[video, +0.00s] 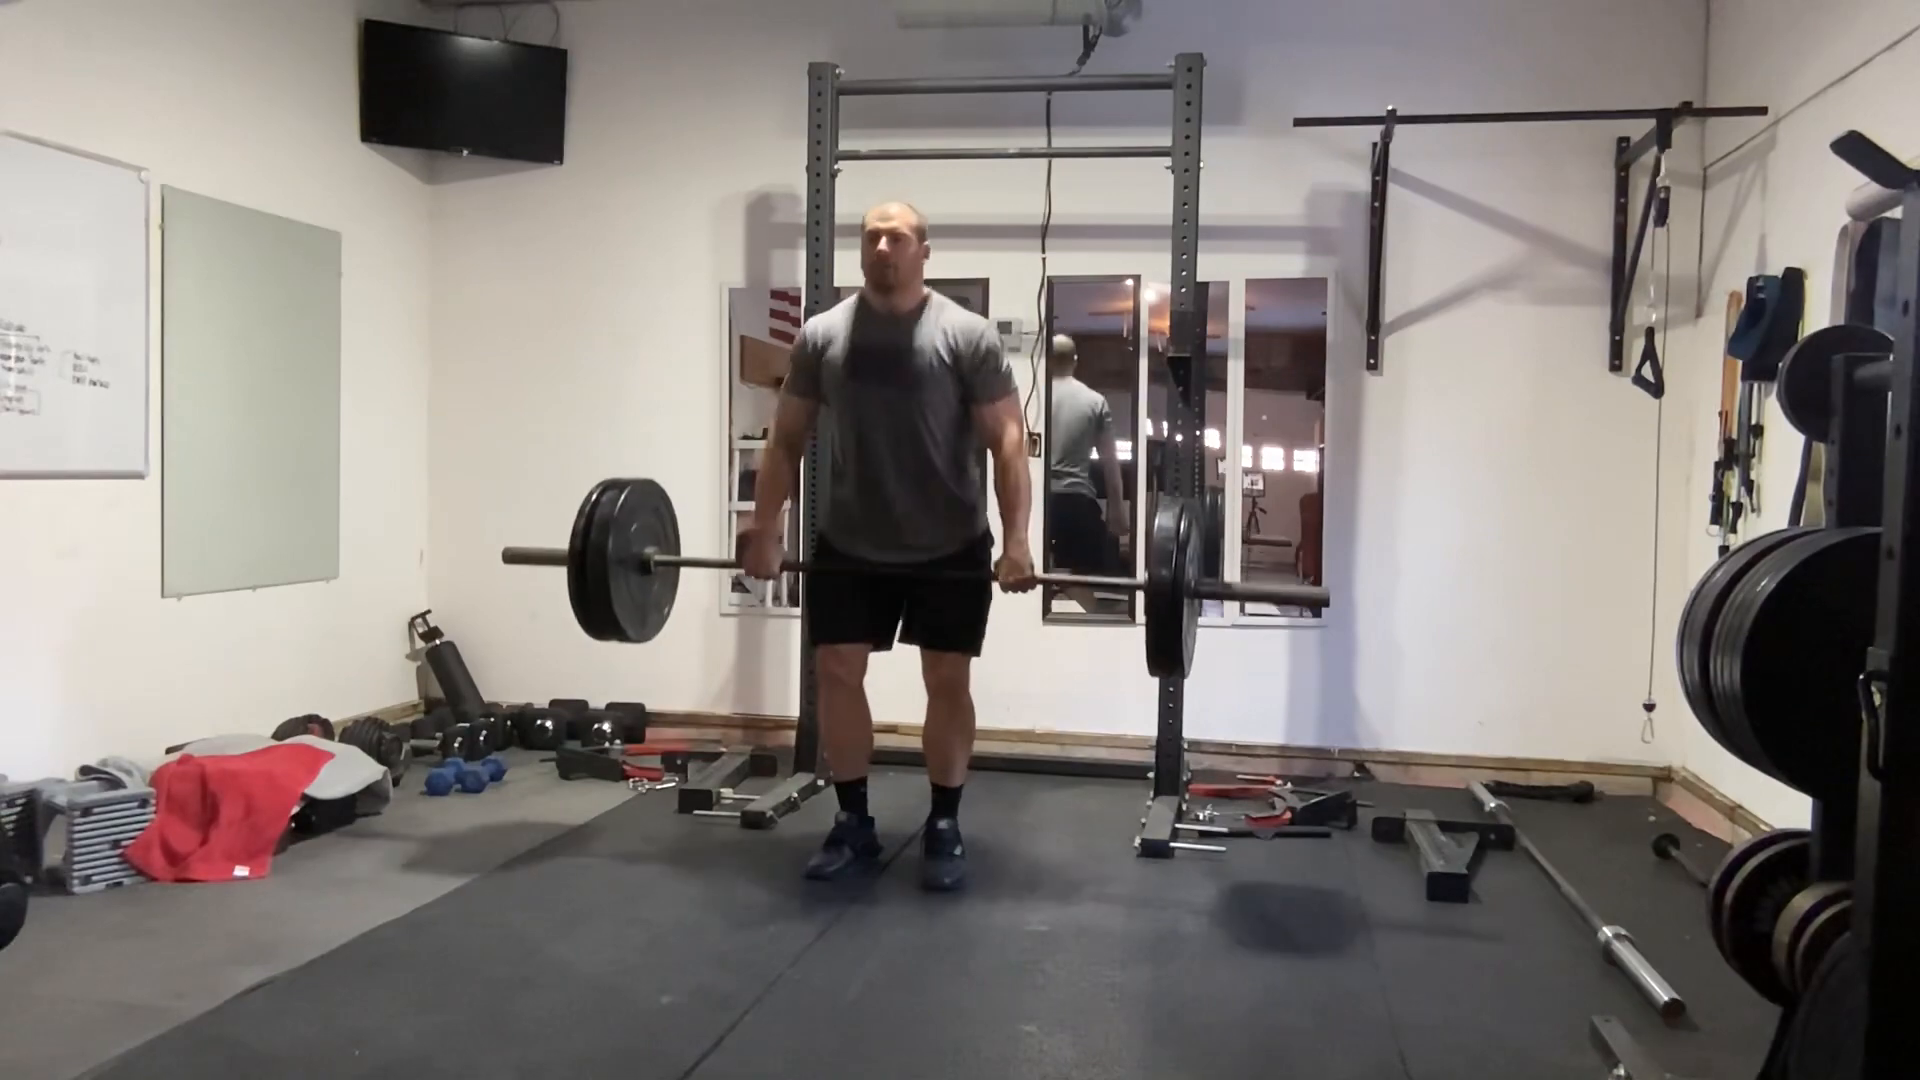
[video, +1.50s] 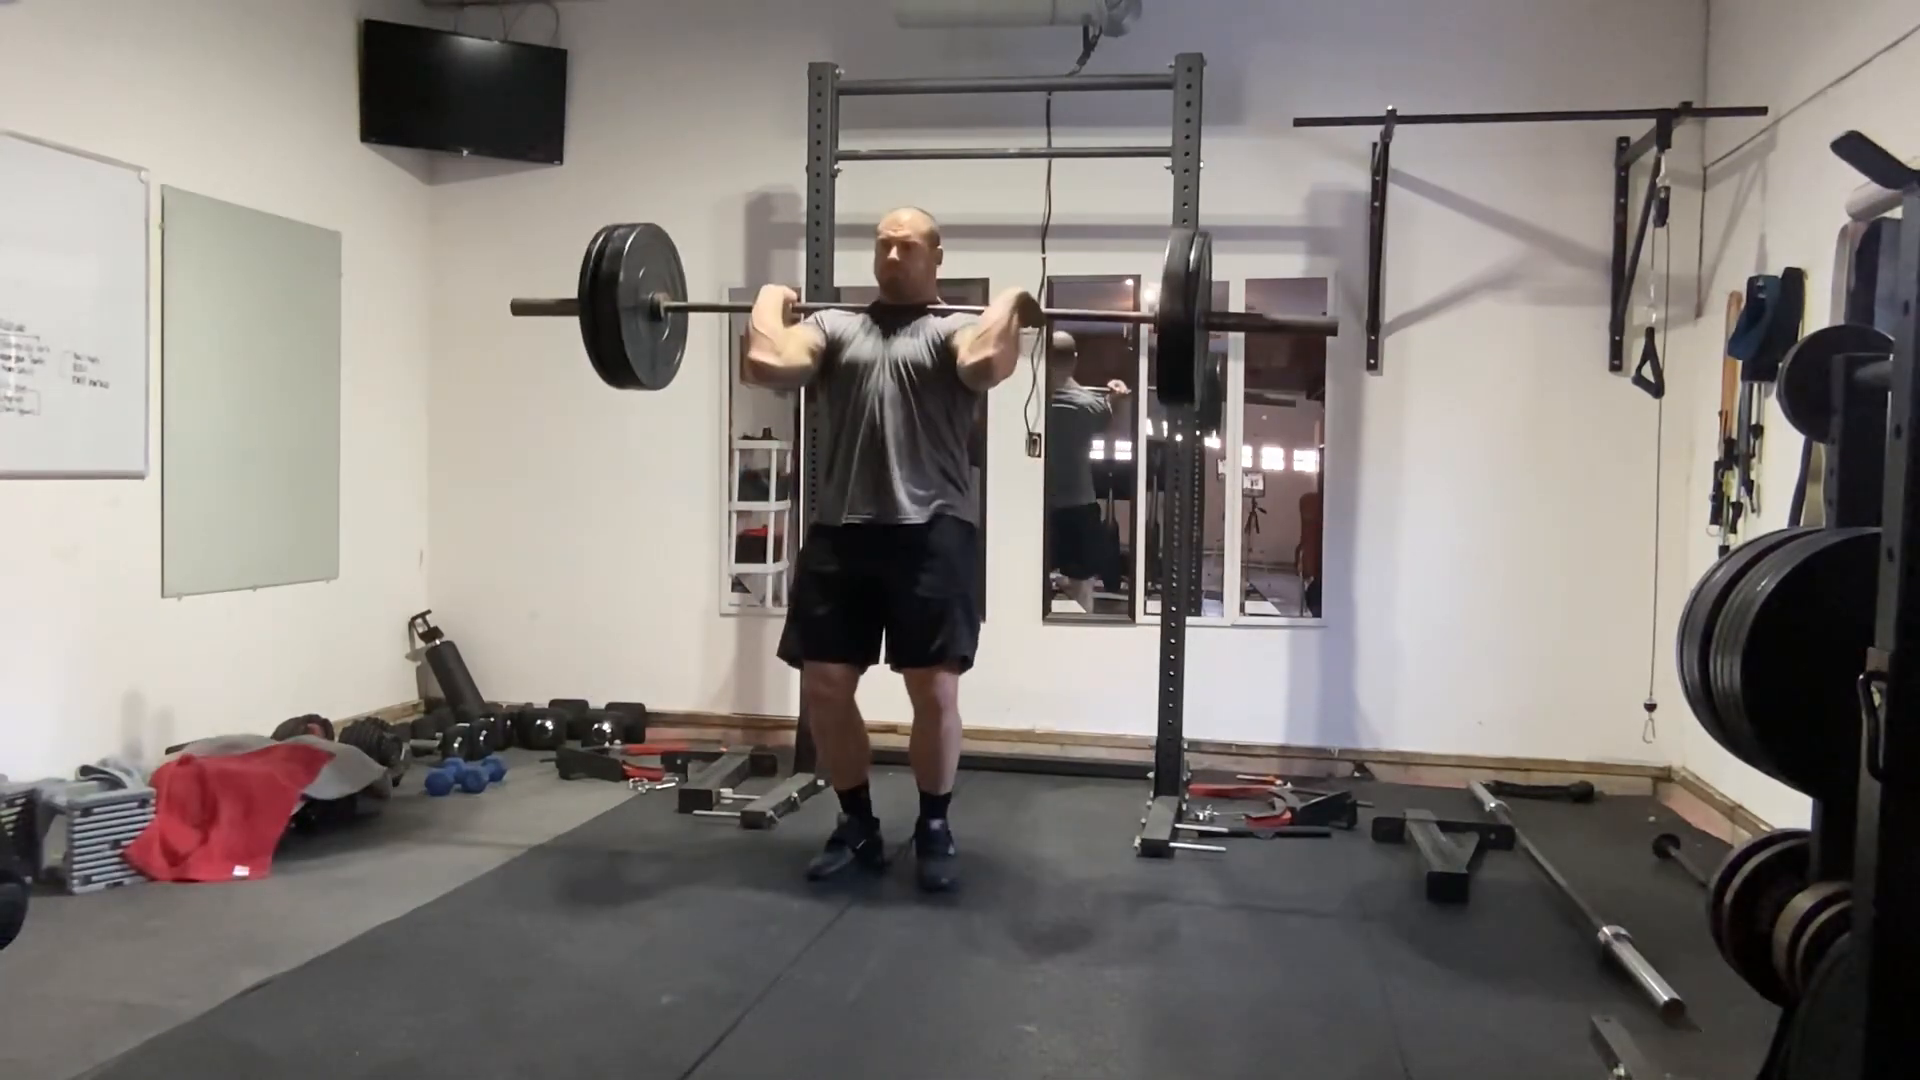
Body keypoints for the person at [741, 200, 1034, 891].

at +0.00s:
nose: (879, 248)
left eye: (893, 237)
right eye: (870, 237)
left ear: (924, 252)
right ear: (858, 252)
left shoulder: (968, 336)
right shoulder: (821, 336)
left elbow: (1007, 441)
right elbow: (786, 440)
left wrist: (1016, 540)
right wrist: (764, 529)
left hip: (946, 541)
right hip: (847, 540)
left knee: (948, 679)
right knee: (837, 671)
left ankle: (944, 827)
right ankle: (854, 827)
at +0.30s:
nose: (865, 314)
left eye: (880, 304)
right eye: (857, 303)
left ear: (909, 317)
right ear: (843, 315)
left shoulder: (959, 397)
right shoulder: (811, 396)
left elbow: (1003, 505)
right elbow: (779, 496)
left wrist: (1013, 605)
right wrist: (761, 593)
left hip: (956, 549)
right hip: (861, 548)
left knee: (965, 681)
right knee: (827, 665)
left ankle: (945, 828)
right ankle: (852, 826)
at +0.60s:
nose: (864, 319)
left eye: (878, 309)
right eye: (855, 308)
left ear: (909, 322)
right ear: (841, 321)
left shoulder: (957, 403)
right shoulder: (815, 403)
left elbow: (1007, 506)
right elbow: (777, 502)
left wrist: (1014, 610)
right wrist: (759, 599)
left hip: (955, 551)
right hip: (861, 550)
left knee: (965, 682)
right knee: (828, 667)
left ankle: (944, 829)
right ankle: (852, 827)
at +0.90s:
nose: (912, 216)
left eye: (926, 211)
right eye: (903, 211)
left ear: (950, 237)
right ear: (888, 235)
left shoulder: (979, 295)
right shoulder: (847, 292)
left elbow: (1037, 362)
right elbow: (782, 354)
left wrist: (1021, 431)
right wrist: (760, 425)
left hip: (940, 482)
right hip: (847, 480)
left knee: (934, 646)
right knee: (844, 647)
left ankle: (938, 816)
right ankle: (842, 808)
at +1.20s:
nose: (880, 227)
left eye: (895, 218)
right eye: (872, 220)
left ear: (928, 238)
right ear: (863, 242)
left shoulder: (972, 318)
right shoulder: (830, 325)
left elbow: (1032, 413)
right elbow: (784, 415)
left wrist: (1025, 335)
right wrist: (765, 341)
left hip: (934, 508)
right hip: (845, 507)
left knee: (930, 669)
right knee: (849, 669)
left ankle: (935, 831)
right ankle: (858, 830)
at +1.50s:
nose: (891, 255)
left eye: (906, 246)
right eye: (883, 245)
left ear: (936, 262)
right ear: (871, 260)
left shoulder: (956, 326)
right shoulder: (836, 325)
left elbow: (984, 366)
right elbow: (767, 361)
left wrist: (1009, 304)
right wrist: (771, 297)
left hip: (931, 529)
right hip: (840, 528)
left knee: (933, 685)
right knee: (824, 682)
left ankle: (933, 832)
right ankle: (857, 830)